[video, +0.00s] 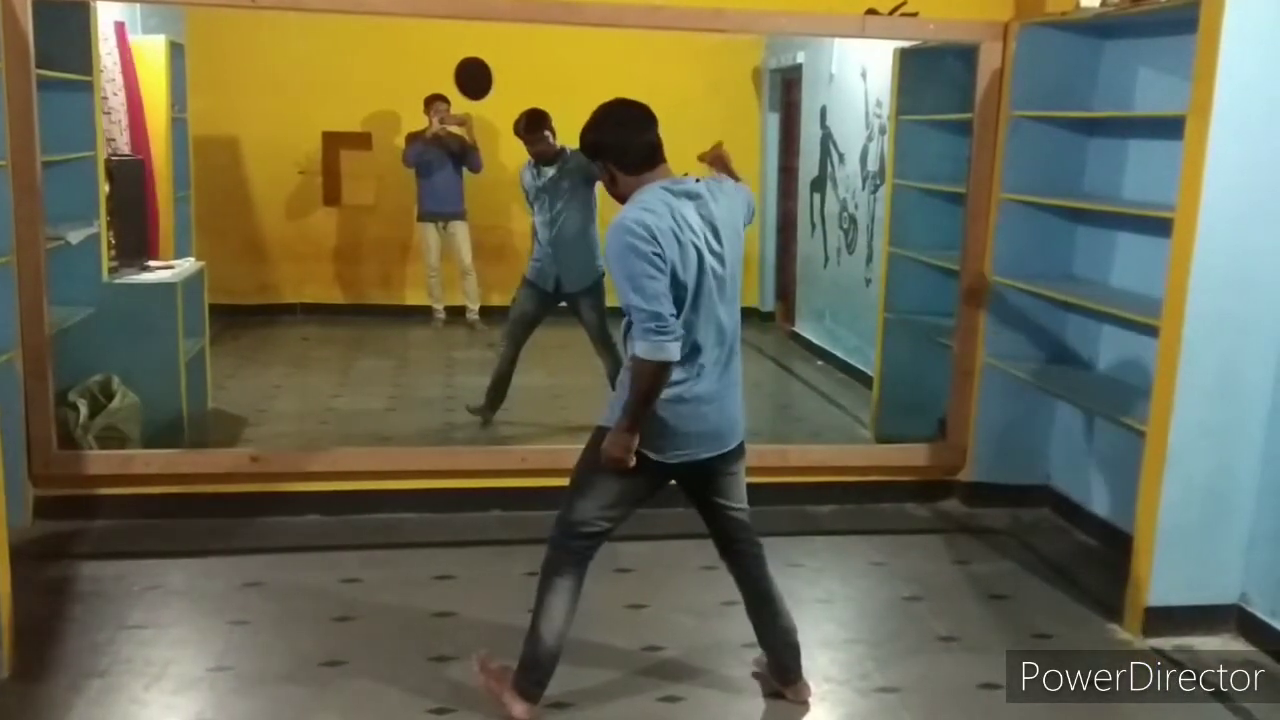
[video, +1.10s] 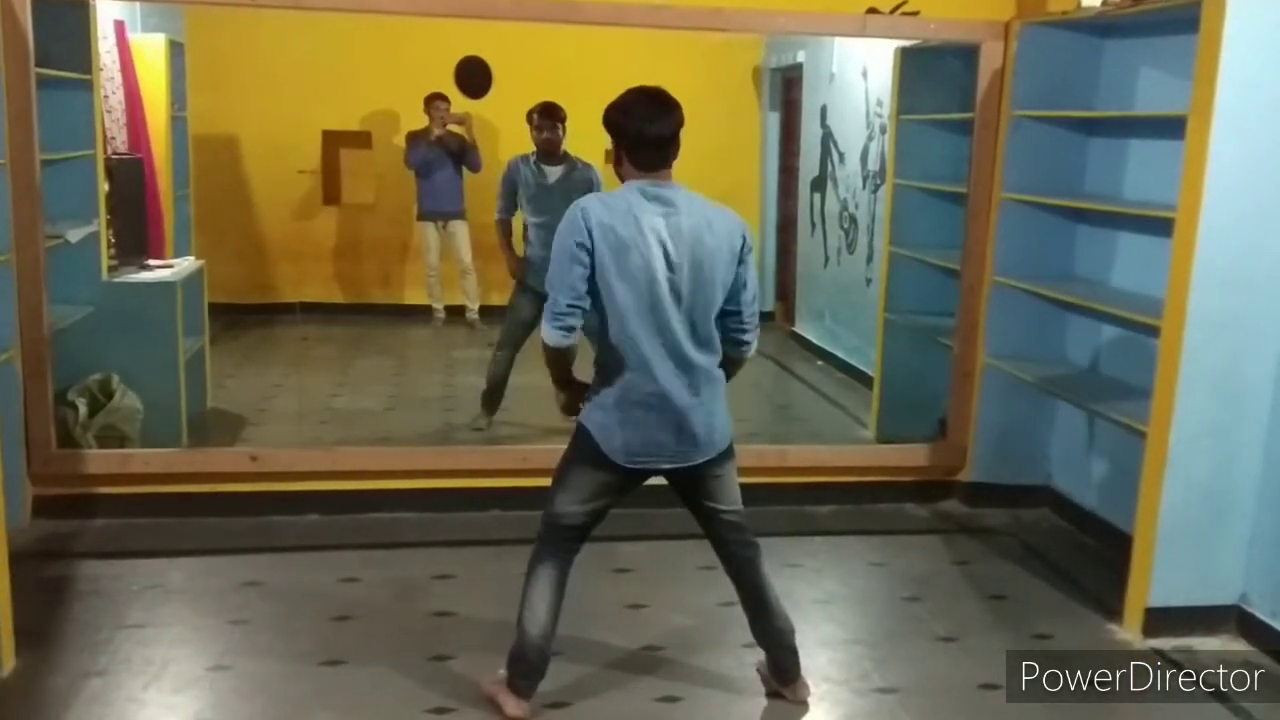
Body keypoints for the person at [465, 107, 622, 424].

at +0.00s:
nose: (533, 150)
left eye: (536, 143)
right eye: (528, 145)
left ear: (551, 135)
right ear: (523, 143)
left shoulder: (578, 162)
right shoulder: (528, 174)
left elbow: (612, 169)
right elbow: (539, 216)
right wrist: (543, 255)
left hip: (582, 270)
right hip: (542, 270)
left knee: (600, 339)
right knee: (512, 337)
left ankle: (628, 402)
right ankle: (490, 407)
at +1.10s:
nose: (547, 135)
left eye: (553, 129)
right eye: (540, 129)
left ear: (564, 130)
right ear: (531, 132)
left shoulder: (585, 173)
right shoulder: (518, 169)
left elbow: (598, 219)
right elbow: (504, 215)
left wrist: (595, 264)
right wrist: (510, 257)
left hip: (579, 274)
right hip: (536, 274)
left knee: (608, 345)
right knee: (506, 345)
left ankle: (606, 406)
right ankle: (487, 412)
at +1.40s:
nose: (541, 136)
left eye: (547, 129)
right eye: (534, 130)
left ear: (557, 131)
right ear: (523, 132)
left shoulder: (577, 167)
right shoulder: (511, 166)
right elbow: (495, 219)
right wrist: (509, 266)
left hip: (570, 270)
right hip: (527, 272)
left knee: (586, 338)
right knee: (502, 343)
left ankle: (592, 404)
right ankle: (488, 410)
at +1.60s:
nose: (527, 134)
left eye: (533, 127)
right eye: (521, 128)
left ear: (547, 128)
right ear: (515, 131)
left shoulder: (575, 160)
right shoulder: (510, 165)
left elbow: (598, 204)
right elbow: (503, 218)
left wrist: (595, 254)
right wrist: (511, 265)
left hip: (577, 266)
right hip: (532, 269)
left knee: (594, 334)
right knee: (505, 340)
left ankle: (594, 403)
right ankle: (488, 409)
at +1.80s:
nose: (532, 135)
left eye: (539, 128)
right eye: (526, 129)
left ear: (550, 130)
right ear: (517, 131)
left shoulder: (572, 166)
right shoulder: (509, 168)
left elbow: (588, 212)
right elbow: (504, 220)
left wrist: (586, 261)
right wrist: (510, 265)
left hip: (573, 271)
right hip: (531, 271)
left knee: (594, 340)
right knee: (502, 342)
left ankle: (593, 405)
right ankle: (487, 410)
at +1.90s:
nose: (523, 133)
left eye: (530, 125)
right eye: (519, 126)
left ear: (547, 125)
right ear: (516, 127)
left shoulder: (566, 162)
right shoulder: (508, 164)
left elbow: (582, 185)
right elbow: (502, 216)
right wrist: (505, 261)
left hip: (570, 272)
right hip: (528, 271)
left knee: (591, 342)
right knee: (500, 340)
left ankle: (588, 406)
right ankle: (486, 410)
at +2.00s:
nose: (526, 134)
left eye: (533, 127)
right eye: (522, 127)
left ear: (548, 127)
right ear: (516, 129)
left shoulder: (569, 159)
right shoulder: (508, 165)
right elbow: (503, 217)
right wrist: (505, 261)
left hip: (569, 274)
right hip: (528, 273)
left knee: (591, 344)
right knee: (499, 343)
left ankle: (587, 407)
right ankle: (486, 410)